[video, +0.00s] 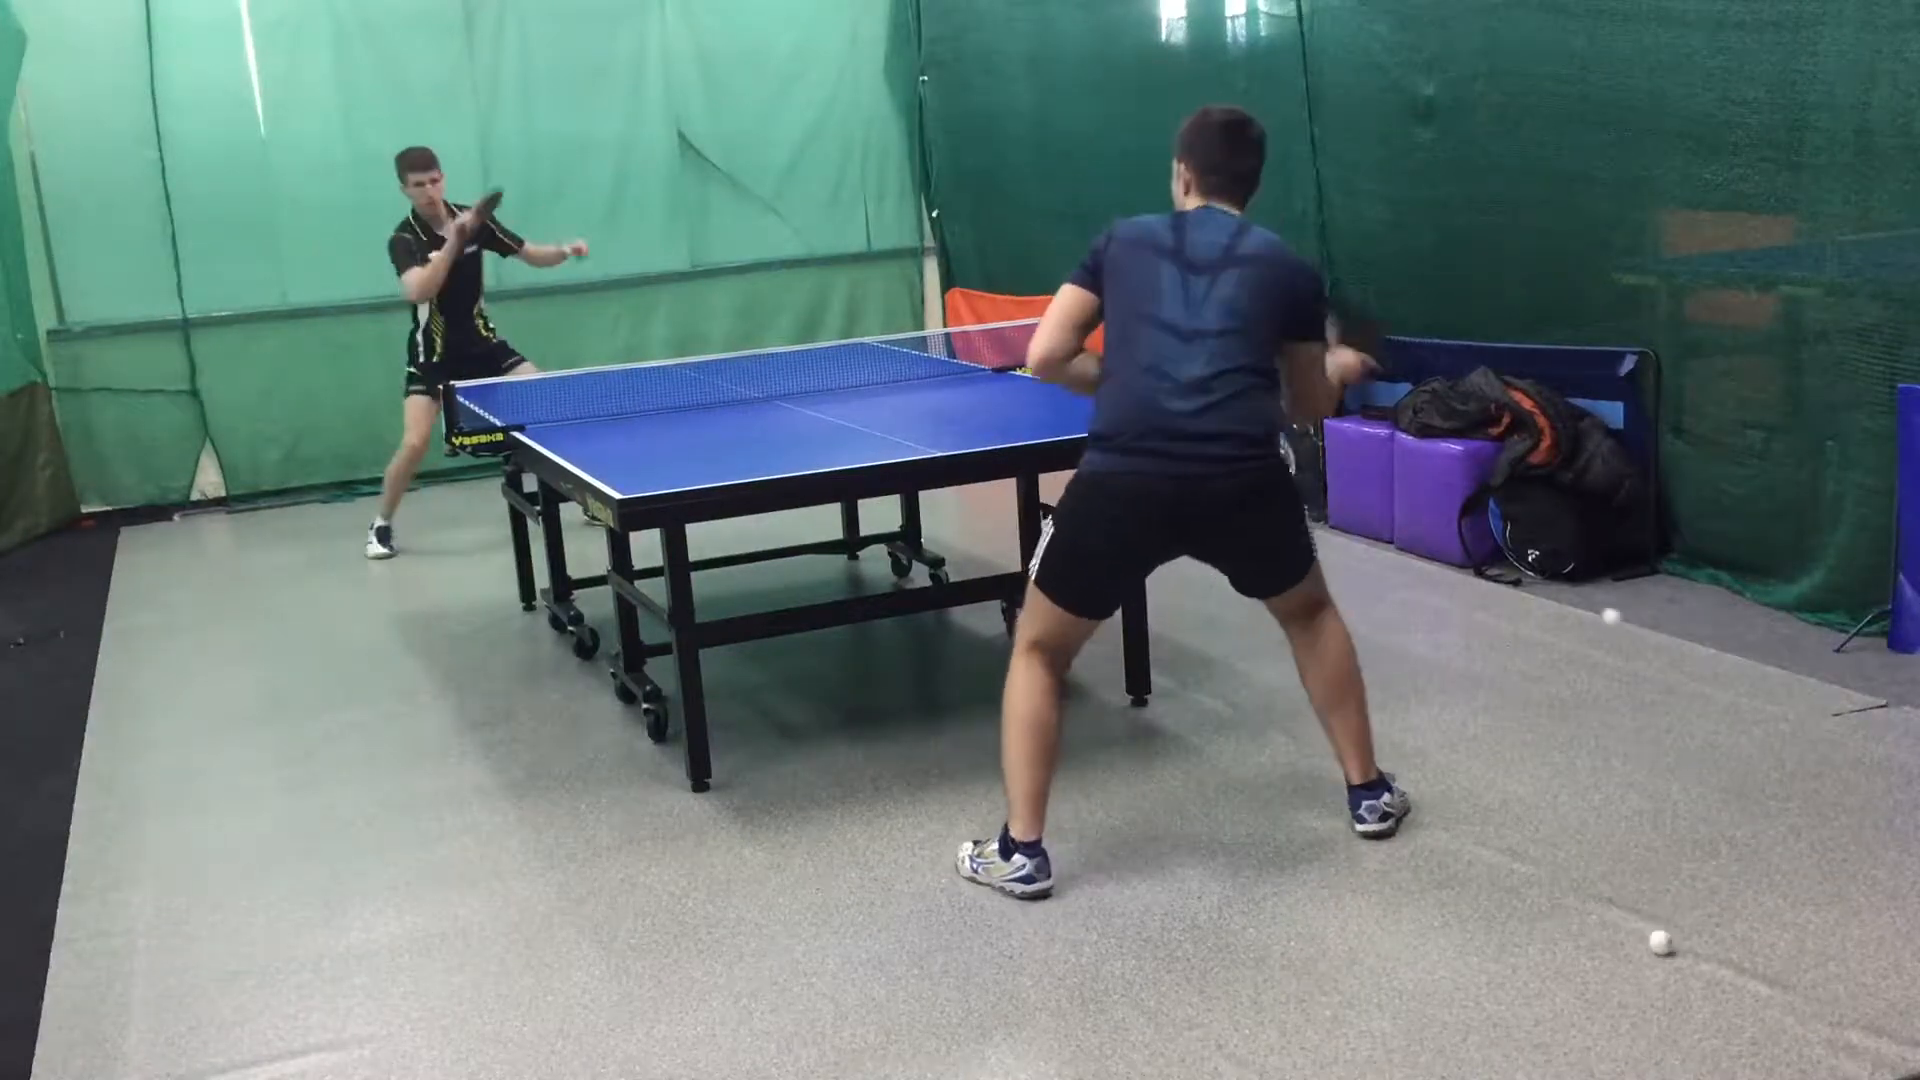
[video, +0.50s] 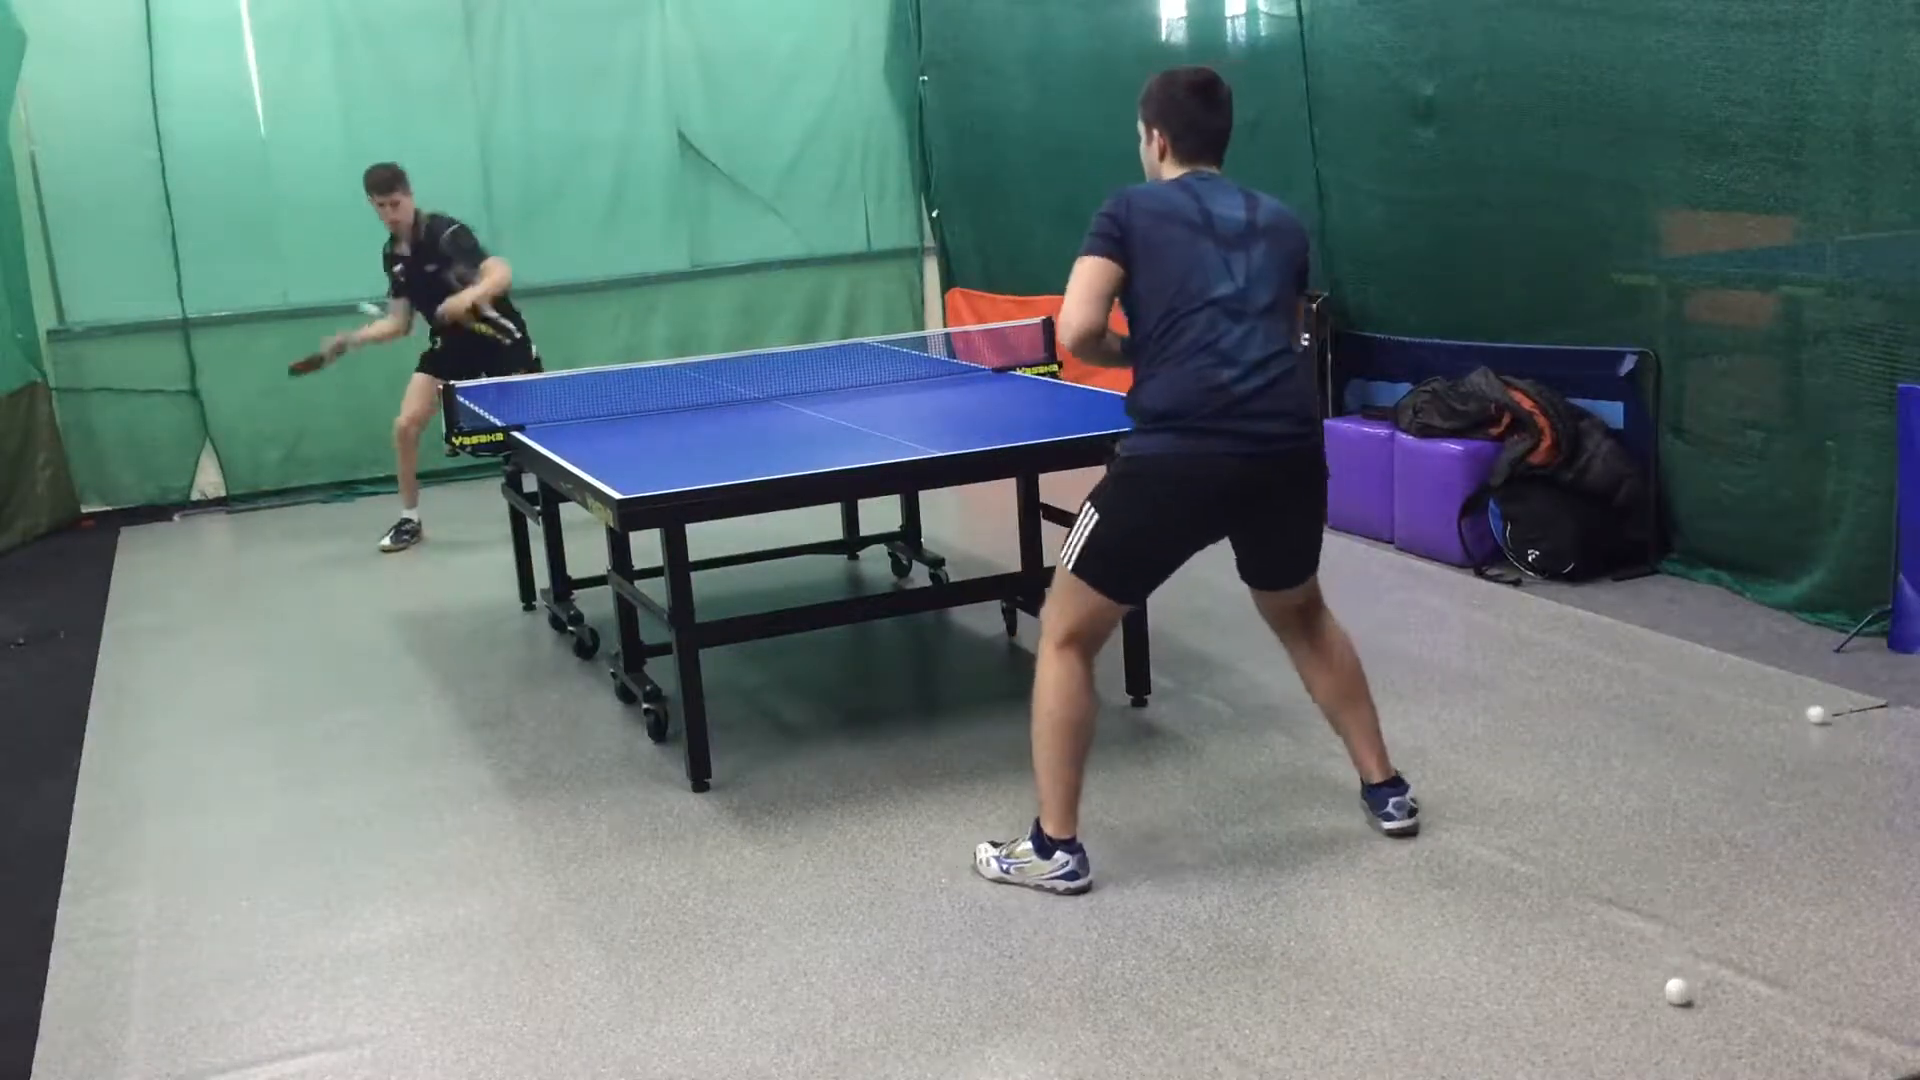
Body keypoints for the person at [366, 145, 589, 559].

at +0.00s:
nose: (431, 190)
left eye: (435, 181)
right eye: (420, 184)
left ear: (443, 179)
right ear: (405, 189)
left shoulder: (473, 219)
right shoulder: (405, 238)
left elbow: (529, 254)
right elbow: (418, 290)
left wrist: (563, 251)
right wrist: (452, 244)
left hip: (482, 342)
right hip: (432, 353)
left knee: (550, 396)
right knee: (416, 443)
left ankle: (589, 493)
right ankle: (382, 524)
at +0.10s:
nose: (426, 188)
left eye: (429, 178)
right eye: (415, 182)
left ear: (437, 174)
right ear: (399, 185)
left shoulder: (474, 216)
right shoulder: (395, 239)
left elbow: (526, 255)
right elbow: (393, 304)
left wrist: (555, 273)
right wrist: (429, 282)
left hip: (489, 334)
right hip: (435, 342)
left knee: (548, 400)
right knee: (403, 428)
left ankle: (591, 495)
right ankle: (384, 522)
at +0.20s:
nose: (408, 194)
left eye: (412, 184)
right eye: (397, 188)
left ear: (421, 179)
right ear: (382, 190)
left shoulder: (454, 219)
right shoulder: (381, 242)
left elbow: (505, 272)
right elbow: (380, 304)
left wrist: (514, 310)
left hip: (485, 323)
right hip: (436, 332)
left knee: (541, 396)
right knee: (400, 422)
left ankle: (566, 480)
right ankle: (406, 516)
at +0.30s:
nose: (392, 217)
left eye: (396, 207)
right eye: (381, 210)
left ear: (404, 200)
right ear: (366, 211)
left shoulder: (441, 241)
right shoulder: (373, 259)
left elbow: (467, 310)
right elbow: (376, 332)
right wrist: (348, 363)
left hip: (486, 329)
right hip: (436, 336)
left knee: (537, 407)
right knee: (401, 424)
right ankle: (408, 518)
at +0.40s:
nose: (382, 232)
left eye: (386, 220)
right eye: (371, 225)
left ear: (397, 210)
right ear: (360, 224)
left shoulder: (426, 249)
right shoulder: (381, 262)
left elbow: (446, 315)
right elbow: (388, 333)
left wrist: (398, 344)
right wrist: (336, 370)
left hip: (499, 345)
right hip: (448, 347)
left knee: (531, 425)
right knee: (400, 424)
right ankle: (408, 518)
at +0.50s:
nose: (389, 215)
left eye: (395, 204)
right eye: (380, 207)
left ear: (410, 197)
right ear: (373, 207)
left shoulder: (445, 231)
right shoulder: (394, 253)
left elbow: (499, 273)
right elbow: (399, 322)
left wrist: (470, 297)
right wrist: (351, 339)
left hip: (500, 336)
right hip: (449, 341)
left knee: (536, 419)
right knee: (407, 424)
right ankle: (410, 518)